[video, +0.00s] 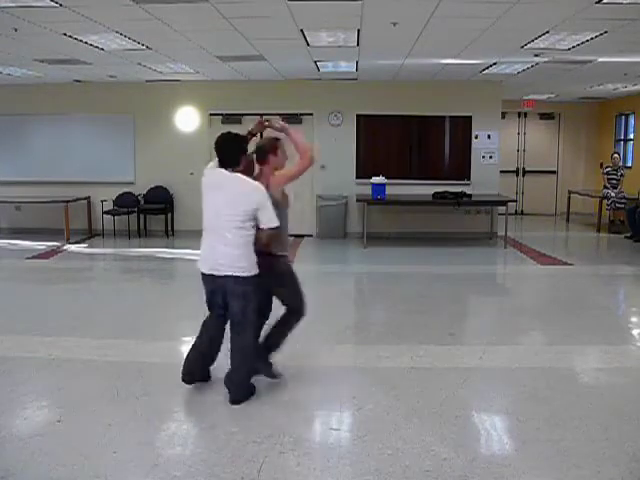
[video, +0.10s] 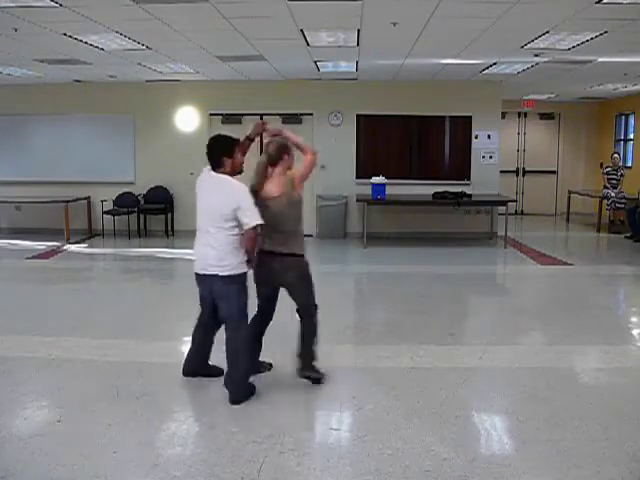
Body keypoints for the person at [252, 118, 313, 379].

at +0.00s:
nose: (283, 158)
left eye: (281, 153)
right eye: (279, 153)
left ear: (262, 157)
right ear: (271, 156)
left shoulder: (252, 180)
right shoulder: (275, 180)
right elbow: (306, 159)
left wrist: (256, 132)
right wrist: (288, 131)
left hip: (256, 256)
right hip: (274, 258)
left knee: (259, 312)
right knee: (296, 308)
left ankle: (248, 358)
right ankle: (263, 354)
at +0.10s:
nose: (292, 162)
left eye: (291, 158)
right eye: (290, 157)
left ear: (267, 160)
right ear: (286, 159)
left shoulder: (257, 188)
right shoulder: (292, 182)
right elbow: (311, 155)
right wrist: (287, 135)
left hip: (265, 259)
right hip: (292, 260)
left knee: (263, 312)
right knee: (308, 311)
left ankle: (248, 359)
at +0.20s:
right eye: (303, 154)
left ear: (279, 158)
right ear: (301, 157)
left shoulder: (275, 185)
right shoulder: (312, 176)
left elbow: (257, 224)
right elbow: (304, 159)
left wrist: (248, 253)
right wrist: (273, 148)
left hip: (282, 259)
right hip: (311, 259)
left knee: (269, 312)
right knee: (315, 313)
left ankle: (252, 363)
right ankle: (333, 369)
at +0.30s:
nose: (292, 159)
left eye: (291, 156)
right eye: (300, 152)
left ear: (290, 157)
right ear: (312, 152)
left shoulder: (297, 187)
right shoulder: (325, 179)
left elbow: (275, 225)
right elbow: (298, 181)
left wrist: (254, 242)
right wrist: (269, 180)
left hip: (299, 263)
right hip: (326, 261)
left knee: (282, 313)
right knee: (323, 314)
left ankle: (277, 368)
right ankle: (333, 372)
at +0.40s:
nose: (294, 159)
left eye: (295, 155)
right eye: (295, 155)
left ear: (300, 156)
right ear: (316, 152)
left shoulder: (309, 186)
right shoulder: (329, 180)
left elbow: (290, 220)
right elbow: (303, 205)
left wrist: (264, 228)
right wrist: (276, 197)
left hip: (314, 262)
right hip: (334, 257)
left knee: (294, 313)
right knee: (325, 314)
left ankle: (311, 369)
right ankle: (339, 372)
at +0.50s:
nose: (297, 156)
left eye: (298, 152)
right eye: (298, 151)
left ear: (304, 153)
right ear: (318, 152)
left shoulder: (317, 184)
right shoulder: (327, 180)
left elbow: (296, 219)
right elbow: (301, 213)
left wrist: (270, 214)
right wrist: (272, 207)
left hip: (324, 263)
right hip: (332, 258)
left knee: (310, 318)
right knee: (325, 316)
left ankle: (342, 377)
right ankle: (343, 372)